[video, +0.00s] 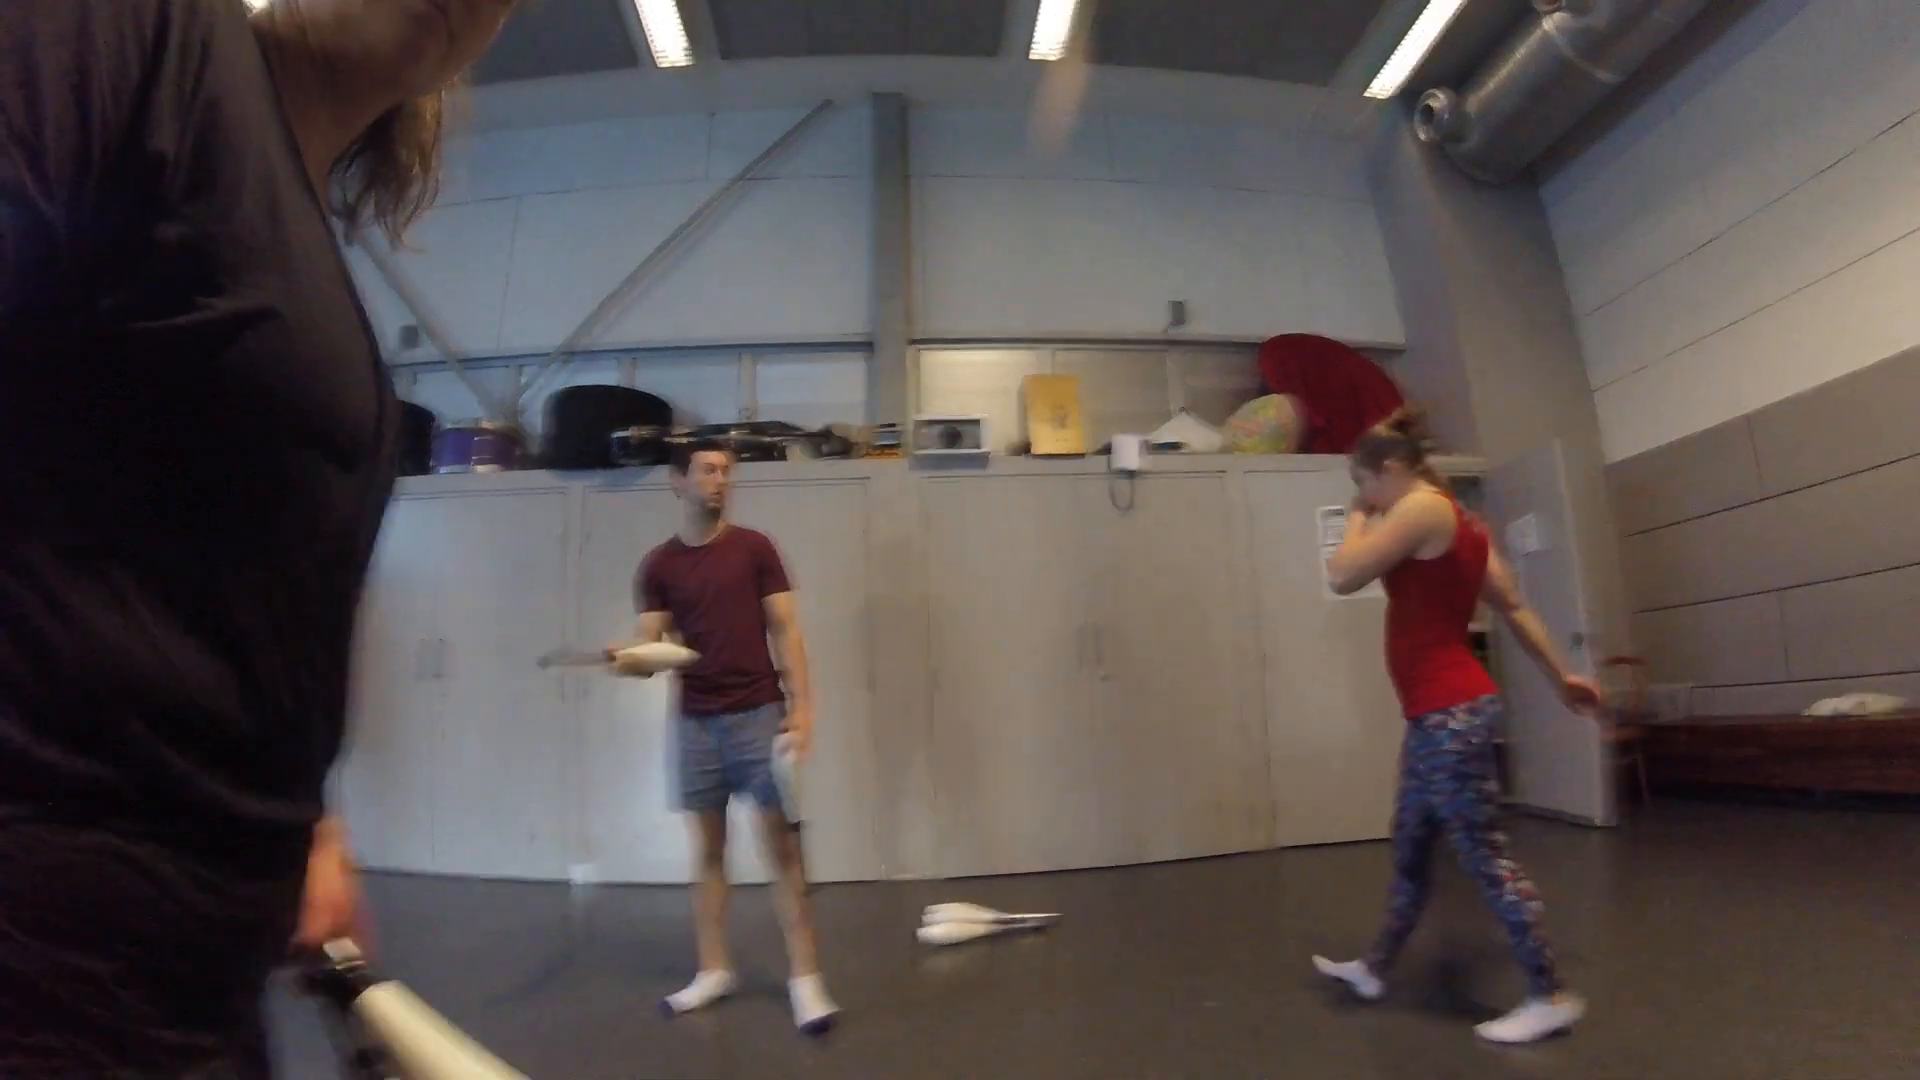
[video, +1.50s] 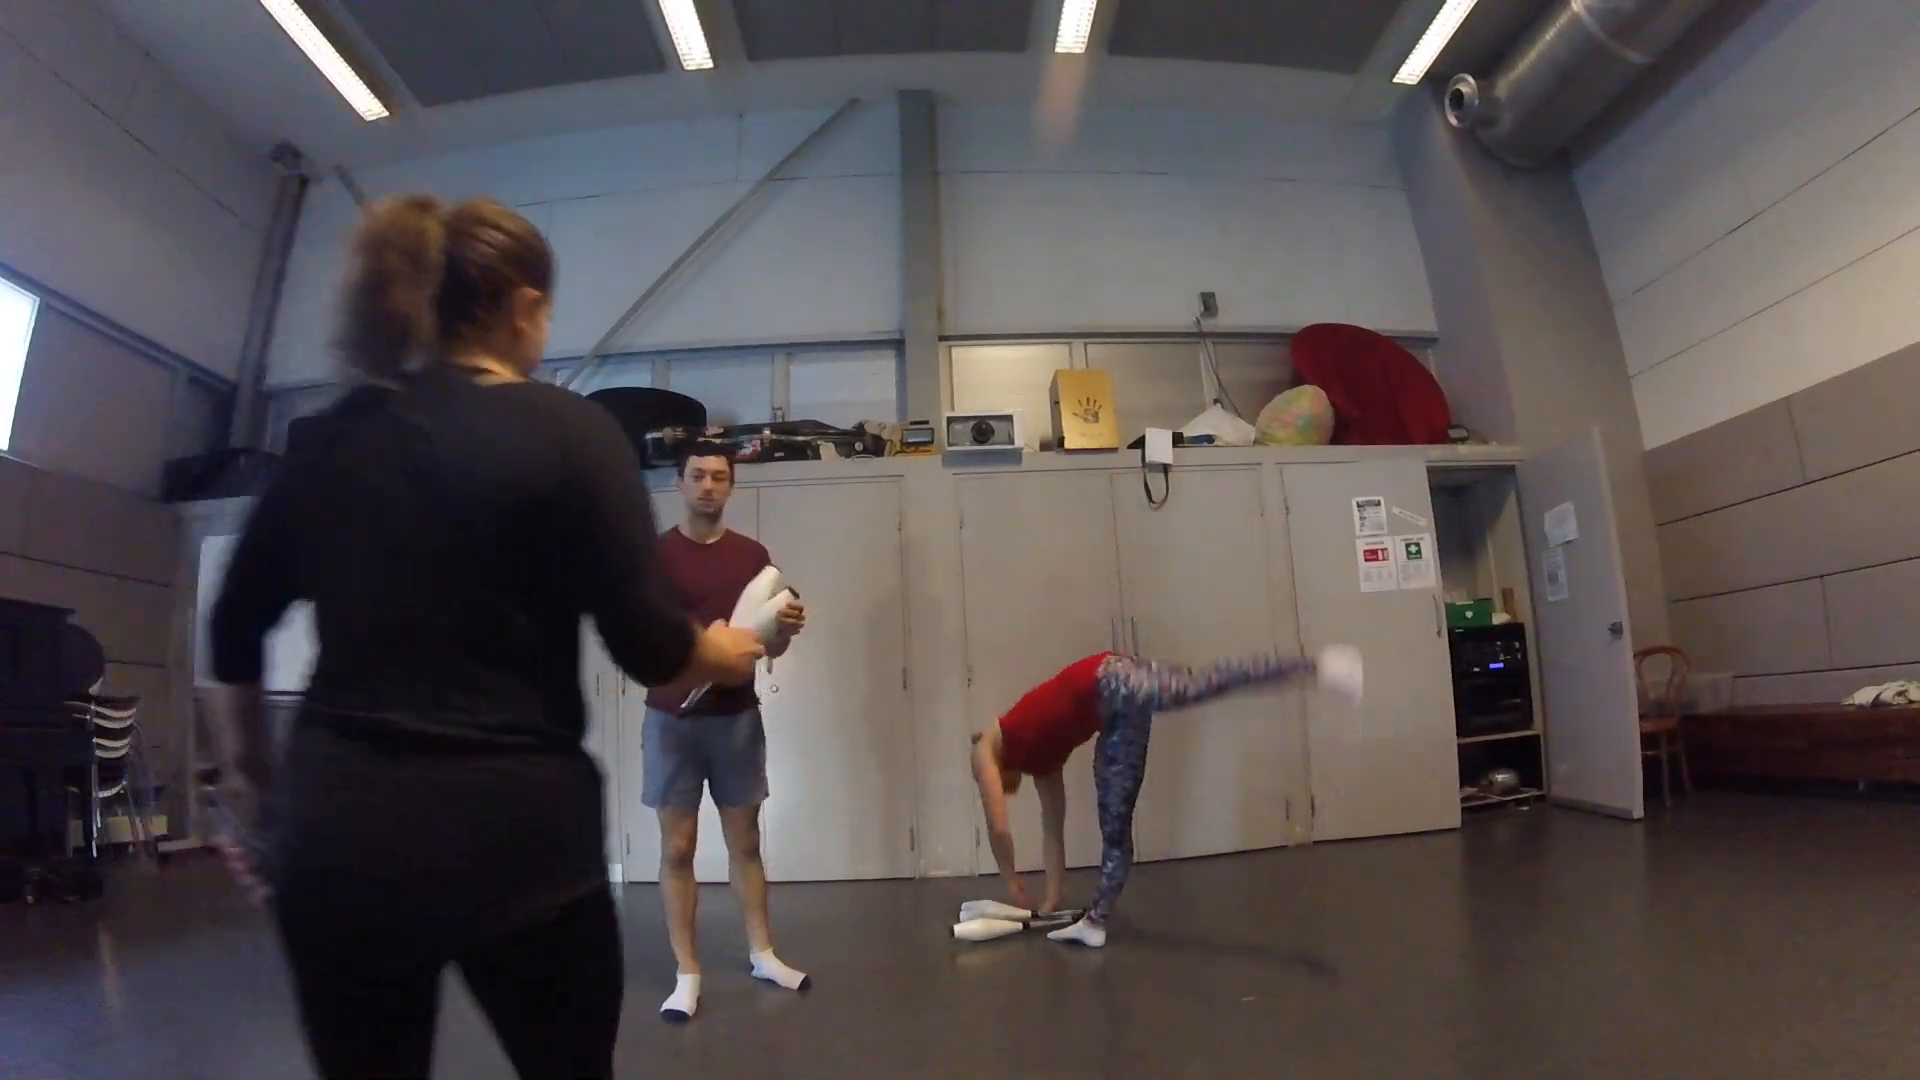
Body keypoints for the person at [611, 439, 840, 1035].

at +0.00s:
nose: (718, 481)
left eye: (724, 471)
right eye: (707, 471)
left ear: (731, 481)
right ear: (680, 481)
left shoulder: (756, 549)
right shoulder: (660, 564)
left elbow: (786, 628)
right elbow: (652, 648)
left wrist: (800, 708)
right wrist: (629, 660)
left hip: (759, 716)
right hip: (698, 720)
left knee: (785, 848)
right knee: (708, 851)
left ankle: (805, 979)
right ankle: (714, 970)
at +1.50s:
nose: (709, 487)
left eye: (719, 478)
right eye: (699, 477)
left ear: (732, 487)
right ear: (680, 484)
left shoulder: (753, 557)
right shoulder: (653, 557)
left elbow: (773, 649)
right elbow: (639, 641)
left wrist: (790, 623)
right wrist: (705, 651)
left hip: (737, 719)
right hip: (672, 722)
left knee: (747, 843)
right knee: (678, 851)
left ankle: (763, 954)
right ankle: (687, 972)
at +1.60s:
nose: (695, 488)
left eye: (705, 478)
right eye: (686, 478)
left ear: (721, 486)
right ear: (669, 486)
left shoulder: (742, 557)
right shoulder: (645, 553)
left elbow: (763, 642)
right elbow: (627, 649)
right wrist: (706, 653)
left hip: (730, 718)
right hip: (665, 722)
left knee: (745, 842)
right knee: (674, 851)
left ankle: (761, 953)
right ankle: (686, 973)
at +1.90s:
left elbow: (754, 621)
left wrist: (727, 652)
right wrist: (683, 658)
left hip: (720, 709)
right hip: (662, 716)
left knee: (742, 842)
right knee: (671, 853)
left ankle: (750, 954)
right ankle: (684, 968)